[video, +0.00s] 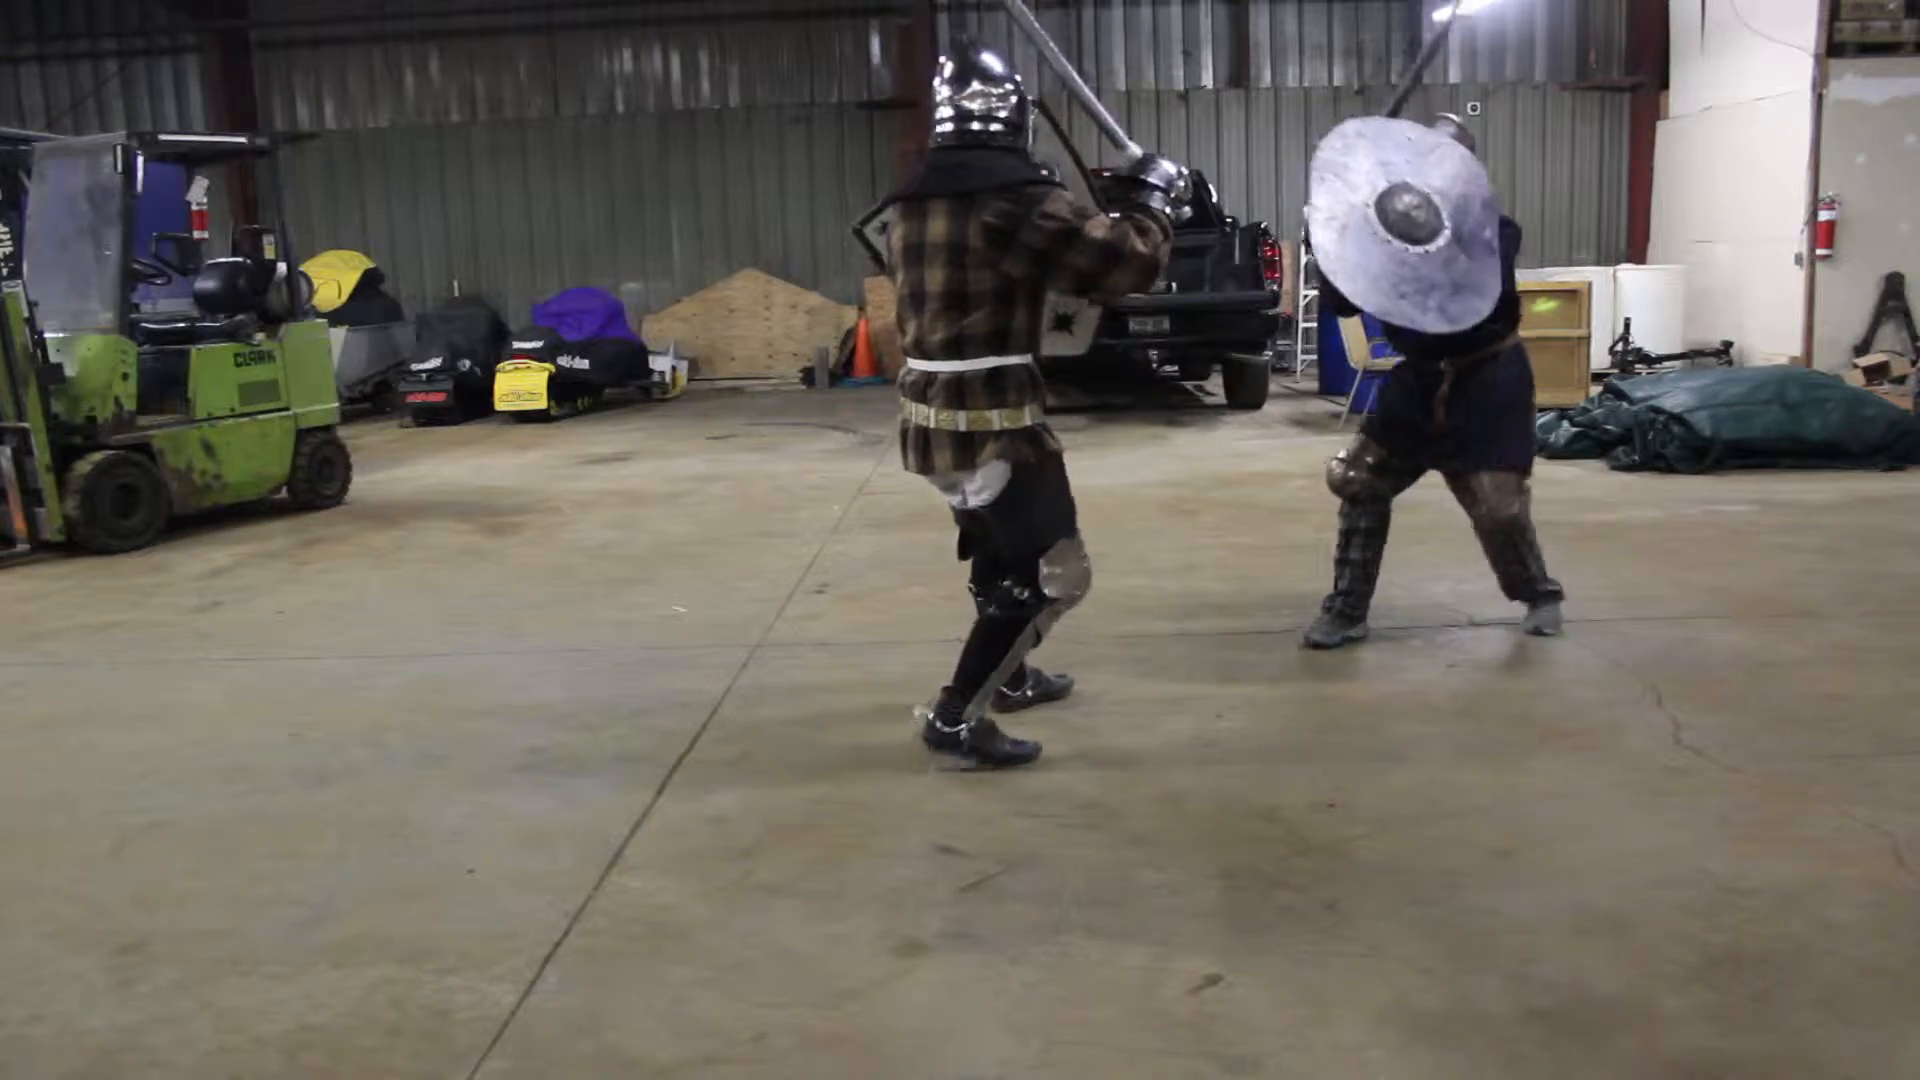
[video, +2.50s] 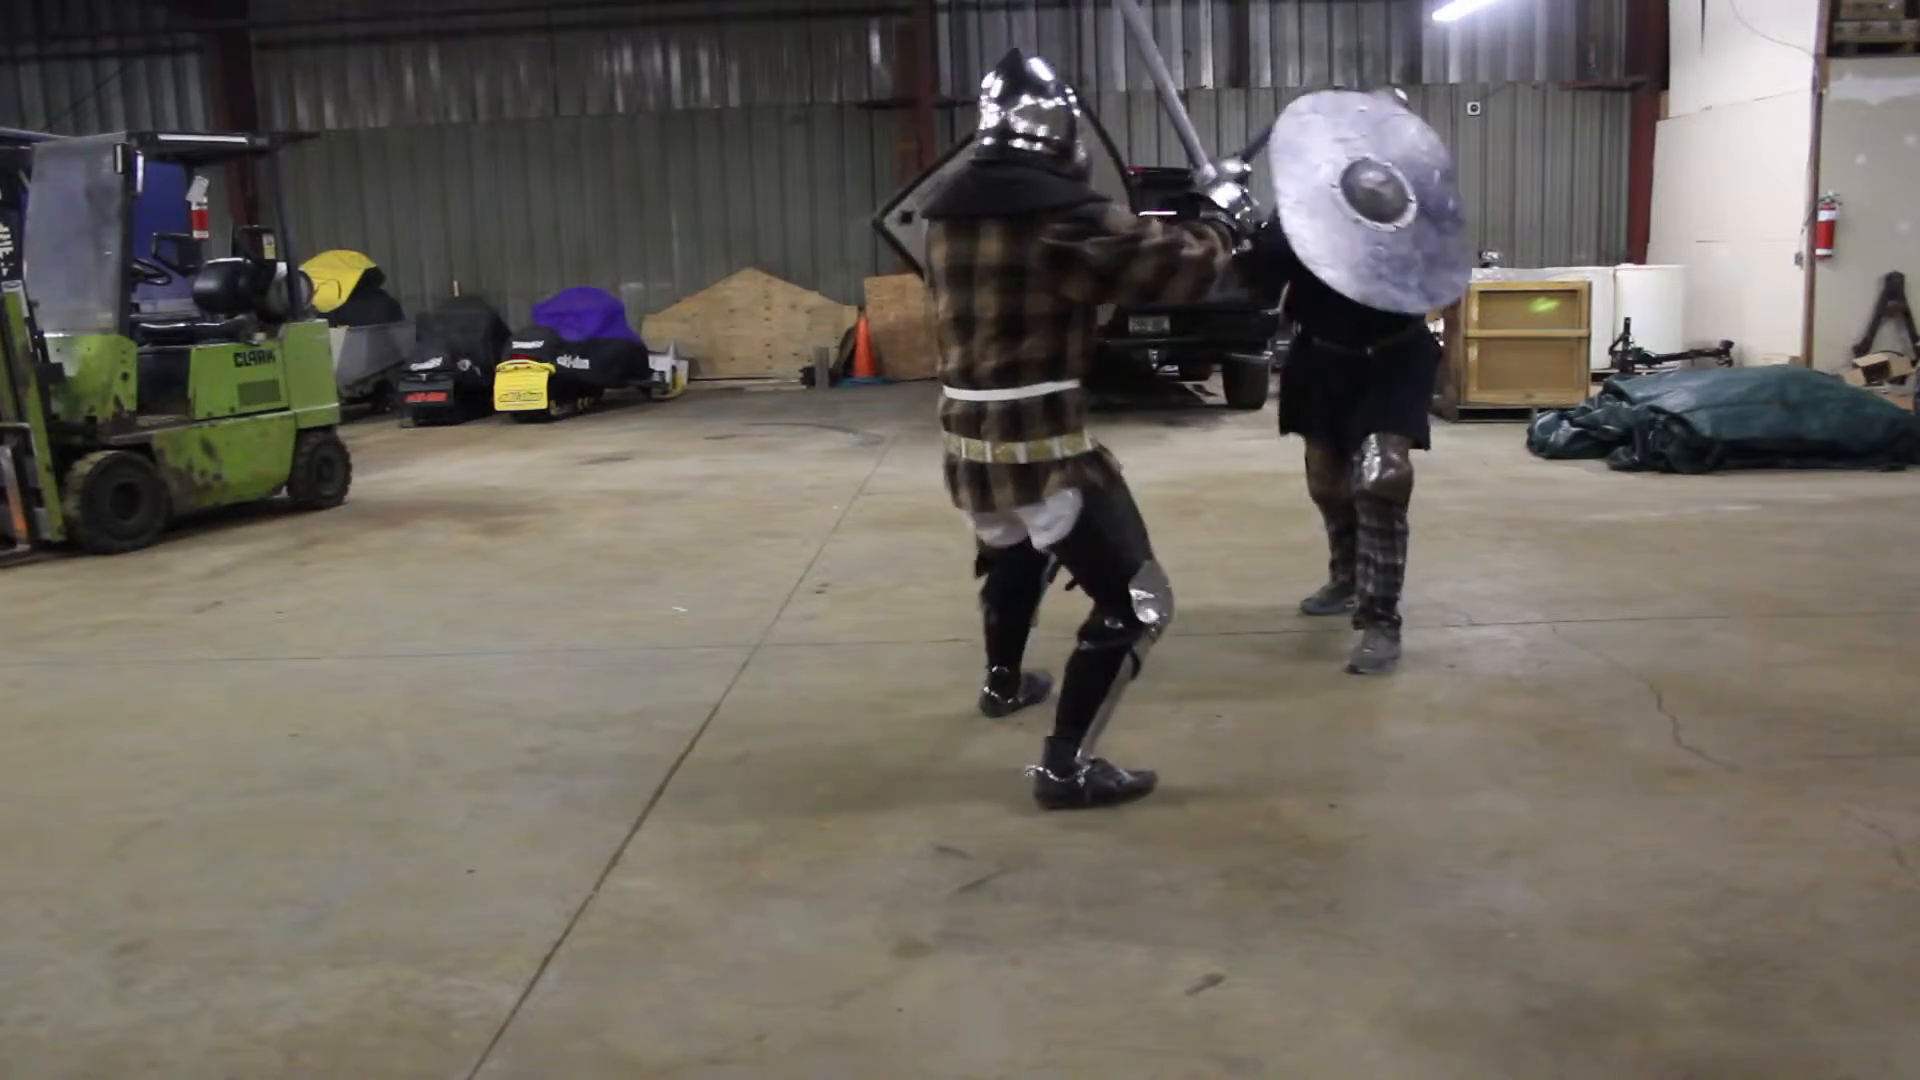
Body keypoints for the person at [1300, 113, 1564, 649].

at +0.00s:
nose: (1441, 175)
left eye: (1453, 164)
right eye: (1431, 164)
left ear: (1471, 171)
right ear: (1412, 173)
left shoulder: (1492, 231)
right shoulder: (1385, 239)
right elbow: (1339, 300)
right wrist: (1333, 232)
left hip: (1491, 369)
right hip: (1419, 372)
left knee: (1495, 498)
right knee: (1362, 478)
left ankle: (1541, 598)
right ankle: (1347, 610)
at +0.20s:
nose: (1452, 155)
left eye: (1464, 142)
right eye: (1443, 141)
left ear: (1485, 148)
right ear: (1428, 146)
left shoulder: (1512, 216)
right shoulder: (1417, 210)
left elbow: (1517, 303)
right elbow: (1356, 277)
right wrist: (1342, 215)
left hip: (1512, 351)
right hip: (1443, 352)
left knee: (1515, 491)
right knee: (1387, 472)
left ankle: (1545, 599)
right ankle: (1354, 600)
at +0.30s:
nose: (1451, 149)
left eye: (1464, 137)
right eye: (1439, 136)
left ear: (1486, 142)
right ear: (1422, 138)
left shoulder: (1513, 209)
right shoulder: (1414, 202)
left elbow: (1520, 294)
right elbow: (1352, 264)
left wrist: (1474, 338)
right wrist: (1338, 207)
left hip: (1508, 347)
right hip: (1438, 347)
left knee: (1515, 486)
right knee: (1378, 462)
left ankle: (1544, 599)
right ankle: (1368, 587)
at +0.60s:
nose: (1412, 148)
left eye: (1426, 136)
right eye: (1402, 136)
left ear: (1447, 141)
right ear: (1387, 138)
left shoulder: (1469, 201)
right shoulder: (1373, 197)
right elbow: (1317, 262)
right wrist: (1303, 208)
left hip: (1467, 344)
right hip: (1397, 342)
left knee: (1483, 481)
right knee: (1354, 465)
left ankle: (1536, 595)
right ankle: (1376, 587)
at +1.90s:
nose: (1372, 131)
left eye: (1385, 120)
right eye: (1366, 119)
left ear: (1411, 127)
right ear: (1357, 124)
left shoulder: (1431, 185)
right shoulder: (1345, 184)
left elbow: (1436, 281)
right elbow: (1280, 247)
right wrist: (1263, 189)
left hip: (1428, 336)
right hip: (1360, 337)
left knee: (1428, 464)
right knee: (1328, 462)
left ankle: (1468, 595)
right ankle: (1351, 582)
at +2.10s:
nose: (1364, 198)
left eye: (1376, 190)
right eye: (1352, 191)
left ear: (1396, 193)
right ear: (1336, 194)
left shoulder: (1422, 225)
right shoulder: (1317, 232)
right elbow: (1304, 325)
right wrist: (1285, 275)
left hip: (1416, 358)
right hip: (1348, 360)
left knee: (1394, 468)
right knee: (1310, 495)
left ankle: (1393, 597)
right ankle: (1352, 576)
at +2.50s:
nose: (1371, 179)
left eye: (1382, 175)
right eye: (1360, 173)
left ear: (1401, 179)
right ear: (1338, 173)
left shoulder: (1419, 212)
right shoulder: (1306, 213)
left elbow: (1446, 279)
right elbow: (1261, 275)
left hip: (1396, 350)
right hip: (1322, 348)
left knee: (1382, 481)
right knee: (1328, 482)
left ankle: (1381, 623)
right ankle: (1346, 579)